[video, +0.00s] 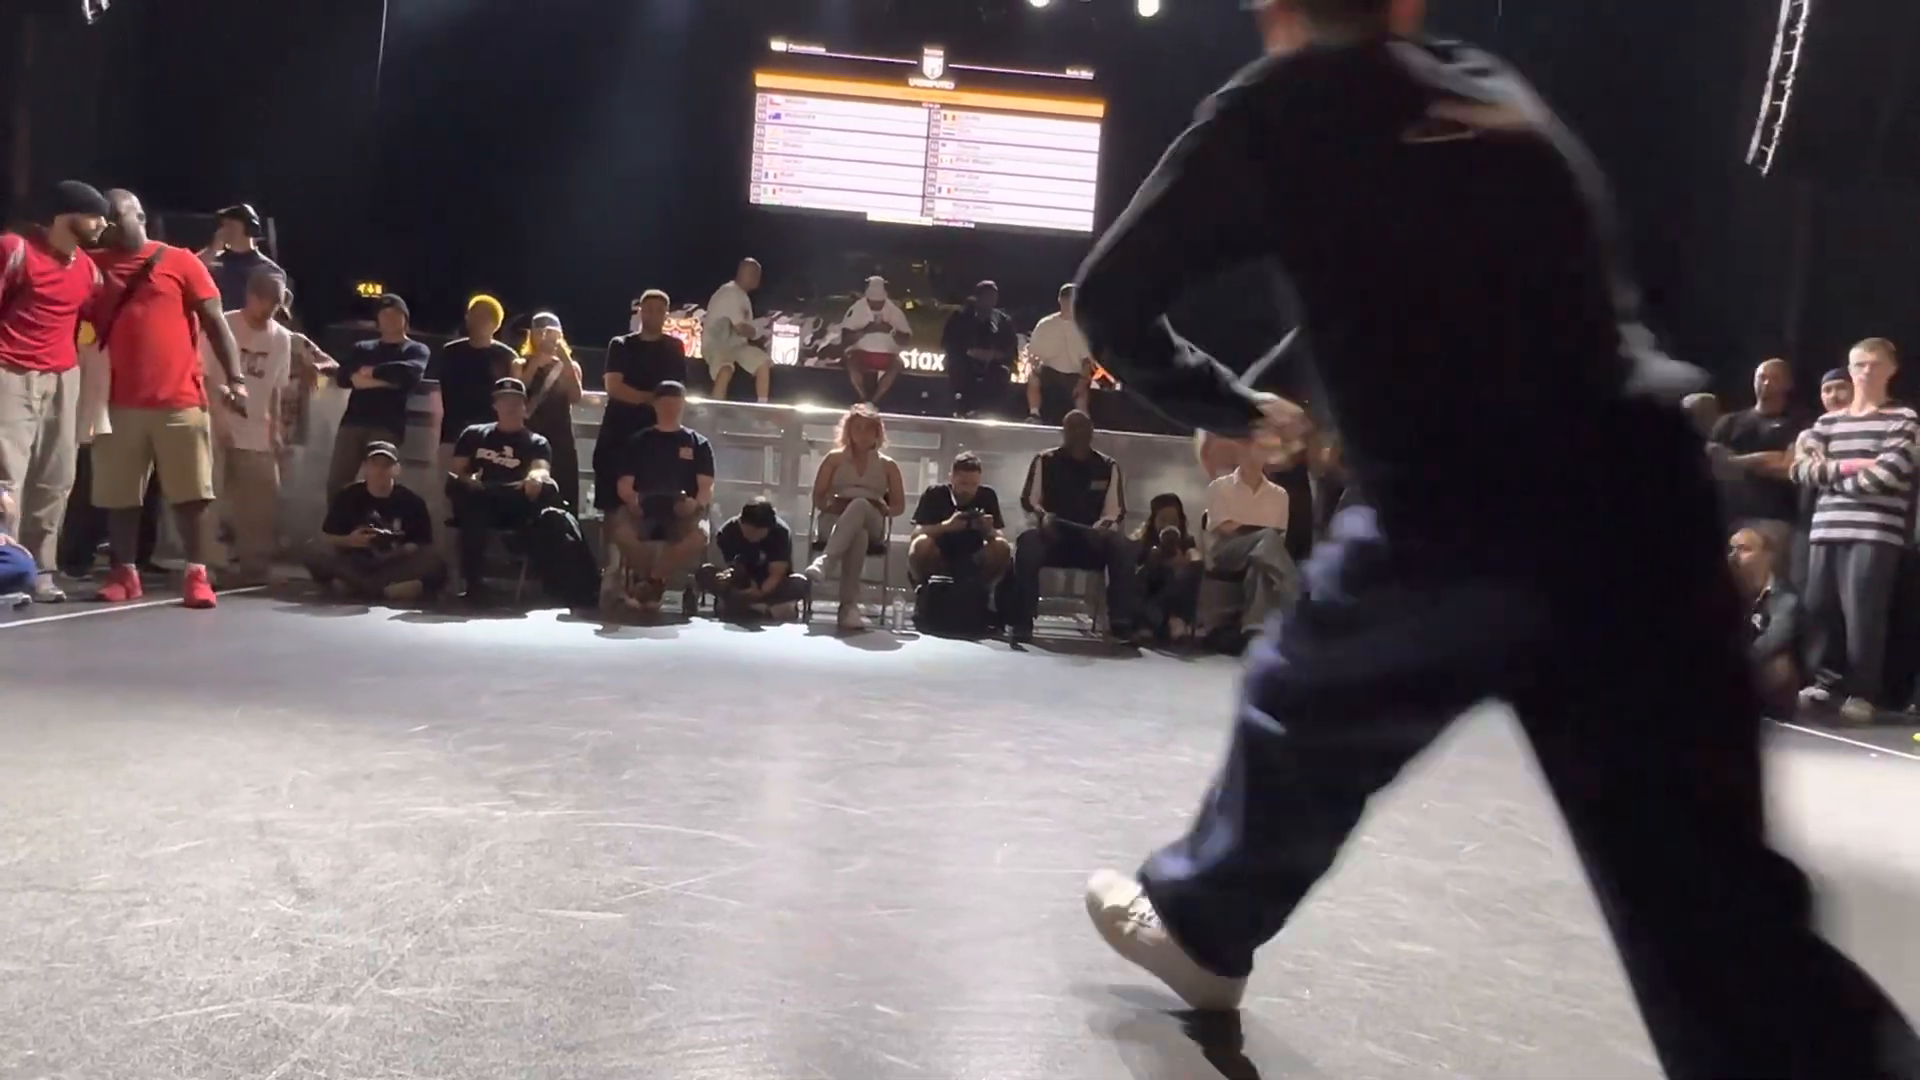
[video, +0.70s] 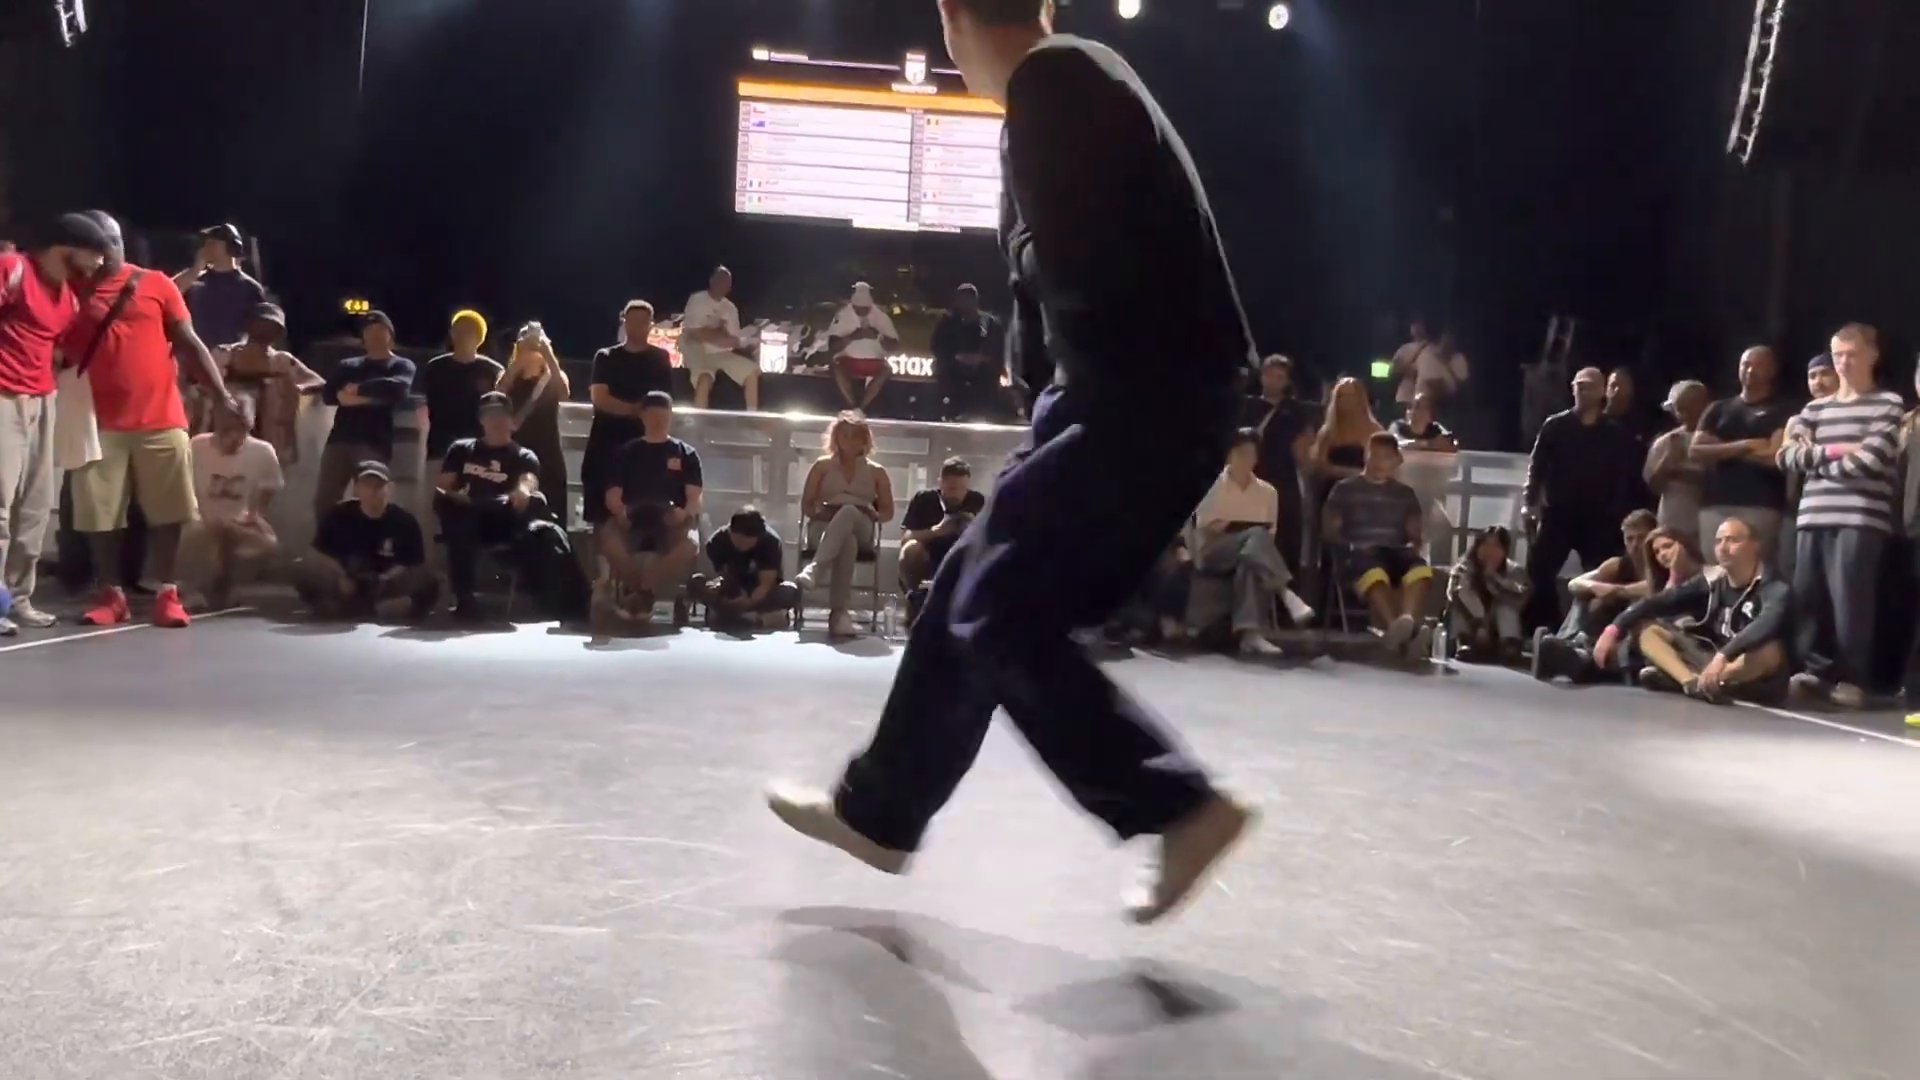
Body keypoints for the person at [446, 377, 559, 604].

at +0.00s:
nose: (511, 406)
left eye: (516, 401)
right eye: (505, 401)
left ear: (524, 407)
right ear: (495, 405)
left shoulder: (537, 443)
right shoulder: (474, 434)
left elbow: (540, 469)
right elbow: (455, 476)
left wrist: (536, 479)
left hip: (519, 499)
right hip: (483, 499)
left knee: (547, 491)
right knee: (466, 497)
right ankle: (473, 582)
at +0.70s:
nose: (498, 423)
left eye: (502, 417)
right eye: (492, 417)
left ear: (512, 421)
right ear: (482, 421)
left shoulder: (524, 457)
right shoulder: (461, 449)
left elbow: (529, 482)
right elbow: (442, 488)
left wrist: (522, 492)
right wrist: (458, 496)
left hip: (506, 514)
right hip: (470, 512)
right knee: (457, 518)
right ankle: (464, 597)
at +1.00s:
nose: (494, 420)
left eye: (498, 414)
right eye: (488, 414)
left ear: (508, 419)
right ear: (478, 419)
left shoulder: (522, 456)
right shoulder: (459, 449)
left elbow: (526, 479)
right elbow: (439, 489)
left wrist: (520, 490)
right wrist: (458, 497)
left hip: (504, 512)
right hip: (468, 512)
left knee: (534, 501)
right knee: (454, 520)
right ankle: (463, 597)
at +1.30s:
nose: (501, 438)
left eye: (505, 432)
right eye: (495, 432)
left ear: (515, 437)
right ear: (485, 436)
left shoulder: (529, 472)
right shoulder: (466, 466)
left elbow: (533, 495)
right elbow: (448, 506)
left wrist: (528, 506)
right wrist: (460, 512)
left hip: (511, 529)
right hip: (475, 528)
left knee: (542, 517)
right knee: (459, 525)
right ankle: (469, 612)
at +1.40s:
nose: (500, 438)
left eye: (505, 432)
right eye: (494, 433)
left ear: (514, 437)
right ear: (485, 437)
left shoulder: (528, 473)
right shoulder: (466, 467)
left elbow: (533, 496)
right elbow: (448, 507)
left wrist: (528, 506)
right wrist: (461, 513)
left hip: (511, 531)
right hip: (475, 531)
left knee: (541, 518)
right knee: (461, 530)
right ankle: (470, 613)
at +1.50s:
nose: (501, 439)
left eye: (506, 433)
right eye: (495, 433)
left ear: (515, 437)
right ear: (485, 438)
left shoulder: (529, 473)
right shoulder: (466, 468)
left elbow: (533, 502)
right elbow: (448, 511)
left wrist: (528, 508)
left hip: (511, 534)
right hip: (475, 534)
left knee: (538, 519)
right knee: (462, 536)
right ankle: (471, 615)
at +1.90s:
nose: (505, 443)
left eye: (509, 437)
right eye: (499, 437)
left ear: (519, 442)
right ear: (489, 441)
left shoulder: (532, 476)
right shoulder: (469, 471)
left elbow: (537, 499)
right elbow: (452, 512)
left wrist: (531, 509)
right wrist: (466, 518)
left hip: (515, 534)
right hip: (479, 533)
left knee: (544, 522)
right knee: (465, 537)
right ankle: (474, 618)